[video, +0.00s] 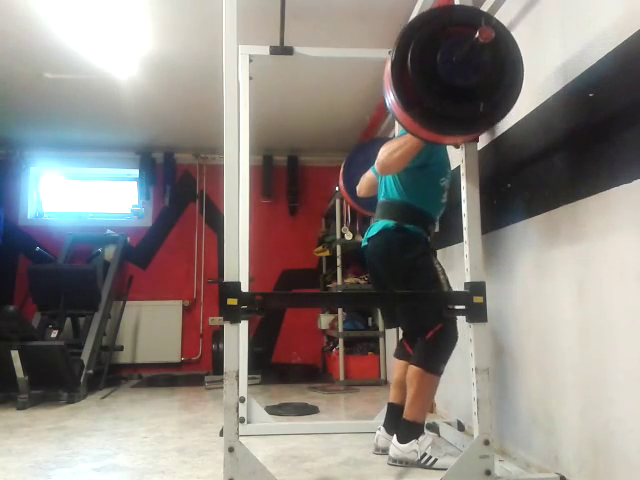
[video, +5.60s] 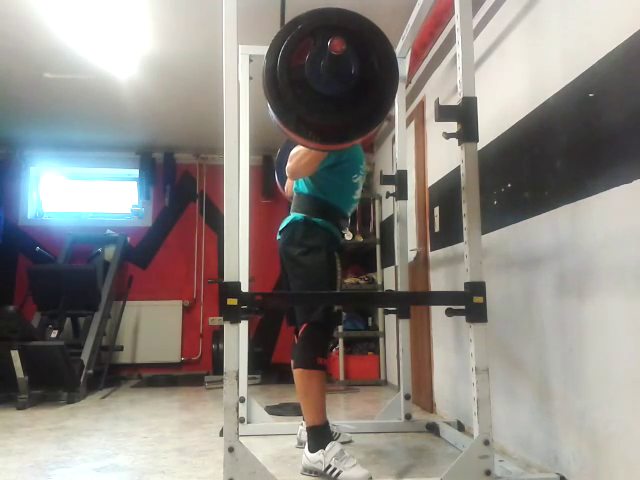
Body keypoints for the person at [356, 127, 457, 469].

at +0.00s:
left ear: (417, 105)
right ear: (438, 104)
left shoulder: (415, 141)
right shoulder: (420, 133)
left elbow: (363, 187)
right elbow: (383, 163)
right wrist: (423, 131)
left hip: (381, 240)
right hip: (401, 239)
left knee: (416, 333)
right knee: (440, 331)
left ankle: (393, 427)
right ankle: (409, 439)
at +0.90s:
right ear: (409, 102)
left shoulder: (404, 141)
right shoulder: (391, 132)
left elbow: (341, 181)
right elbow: (355, 160)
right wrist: (394, 127)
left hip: (372, 232)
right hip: (373, 232)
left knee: (383, 329)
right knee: (410, 316)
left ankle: (391, 425)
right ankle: (385, 431)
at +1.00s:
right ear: (403, 102)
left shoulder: (399, 140)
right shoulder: (384, 132)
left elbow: (338, 181)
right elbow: (350, 162)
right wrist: (390, 127)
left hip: (380, 232)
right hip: (369, 230)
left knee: (388, 323)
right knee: (390, 316)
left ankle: (392, 430)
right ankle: (340, 432)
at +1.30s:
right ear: (383, 99)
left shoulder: (379, 137)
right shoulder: (365, 128)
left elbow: (320, 180)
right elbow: (330, 159)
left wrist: (312, 168)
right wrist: (370, 124)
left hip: (366, 236)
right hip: (345, 231)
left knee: (376, 330)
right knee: (346, 330)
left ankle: (392, 430)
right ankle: (321, 446)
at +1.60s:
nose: (403, 122)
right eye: (399, 115)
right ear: (381, 104)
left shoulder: (366, 136)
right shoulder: (353, 126)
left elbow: (300, 176)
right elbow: (310, 154)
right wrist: (353, 124)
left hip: (335, 231)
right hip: (320, 227)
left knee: (344, 326)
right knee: (330, 328)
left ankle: (340, 414)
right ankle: (320, 445)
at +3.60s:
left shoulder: (350, 139)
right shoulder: (334, 133)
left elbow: (285, 183)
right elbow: (296, 170)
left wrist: (298, 167)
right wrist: (338, 140)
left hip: (319, 232)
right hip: (309, 231)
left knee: (316, 331)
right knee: (316, 331)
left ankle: (315, 429)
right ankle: (319, 446)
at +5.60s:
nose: (374, 129)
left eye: (375, 122)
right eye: (370, 121)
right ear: (356, 117)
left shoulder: (346, 147)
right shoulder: (333, 137)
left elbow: (289, 187)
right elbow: (294, 169)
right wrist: (330, 132)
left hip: (316, 236)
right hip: (308, 234)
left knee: (313, 332)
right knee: (315, 332)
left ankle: (314, 429)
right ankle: (319, 446)